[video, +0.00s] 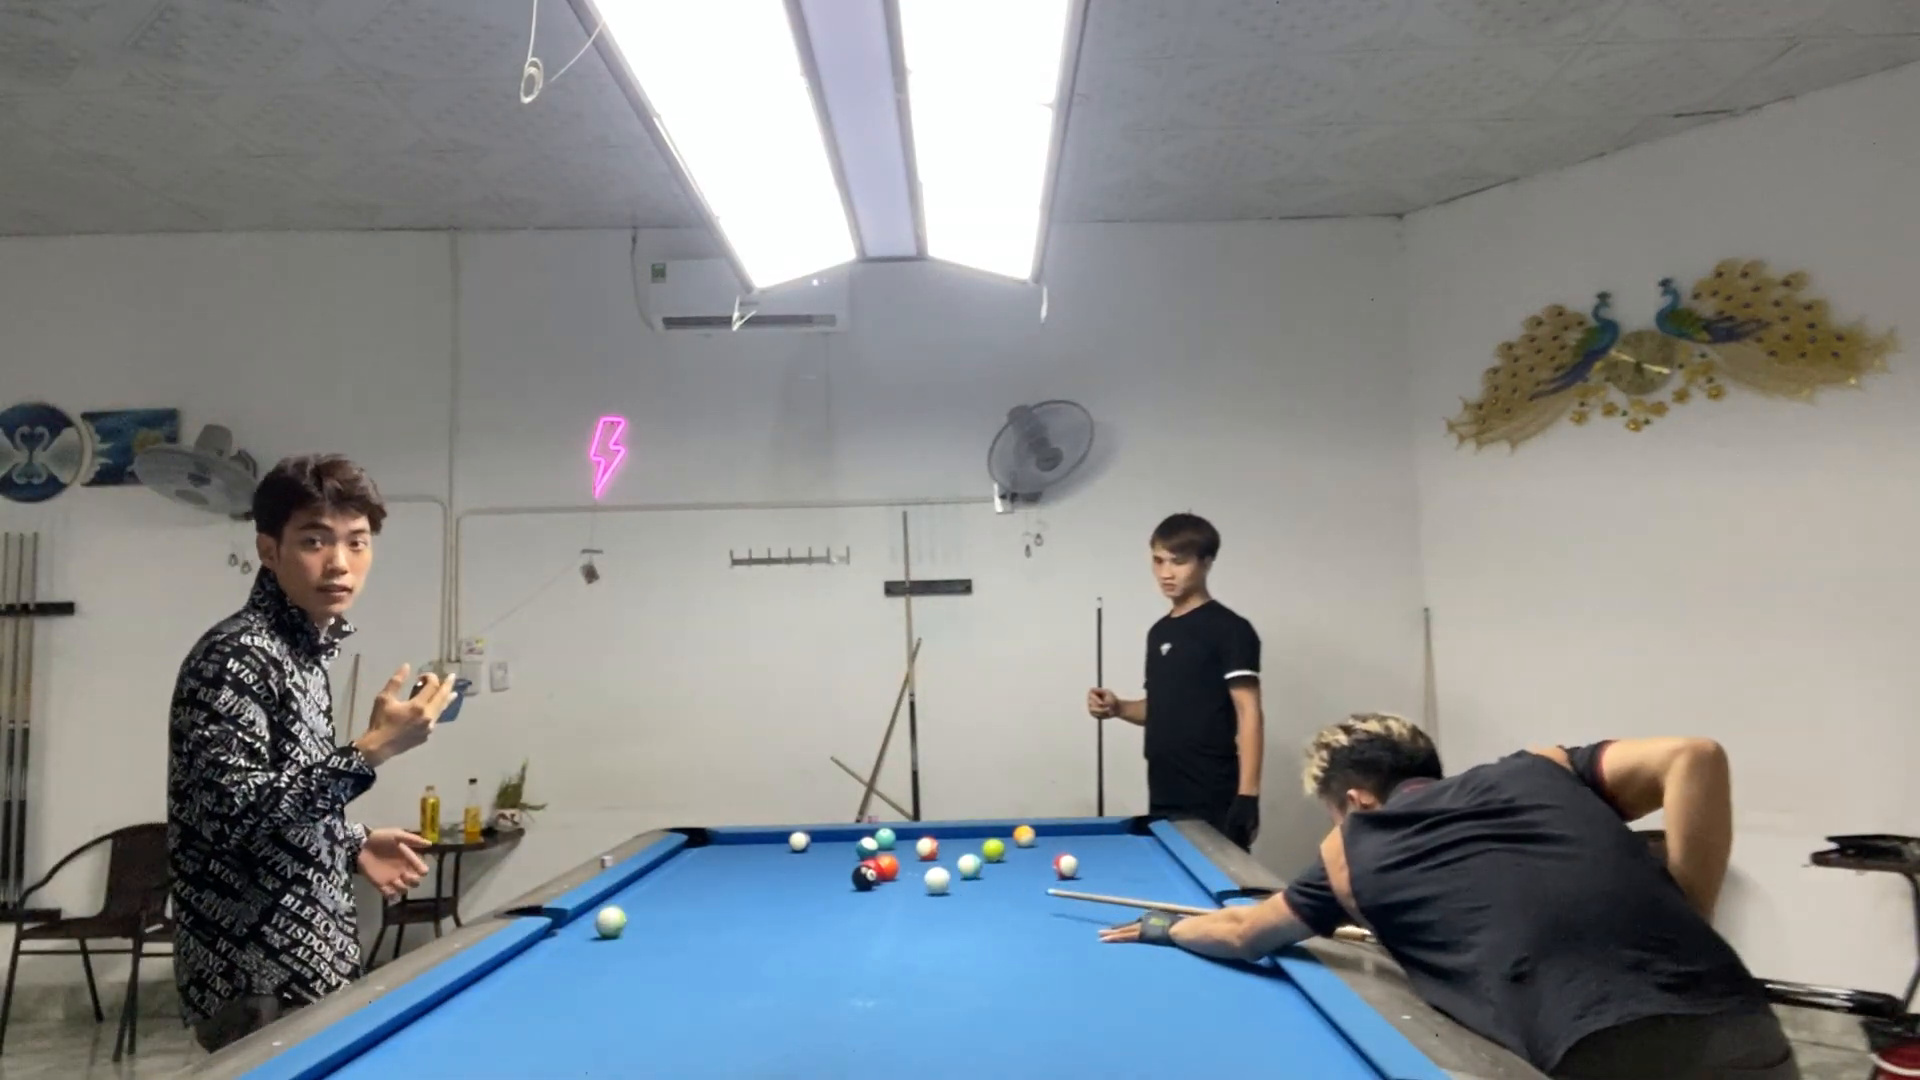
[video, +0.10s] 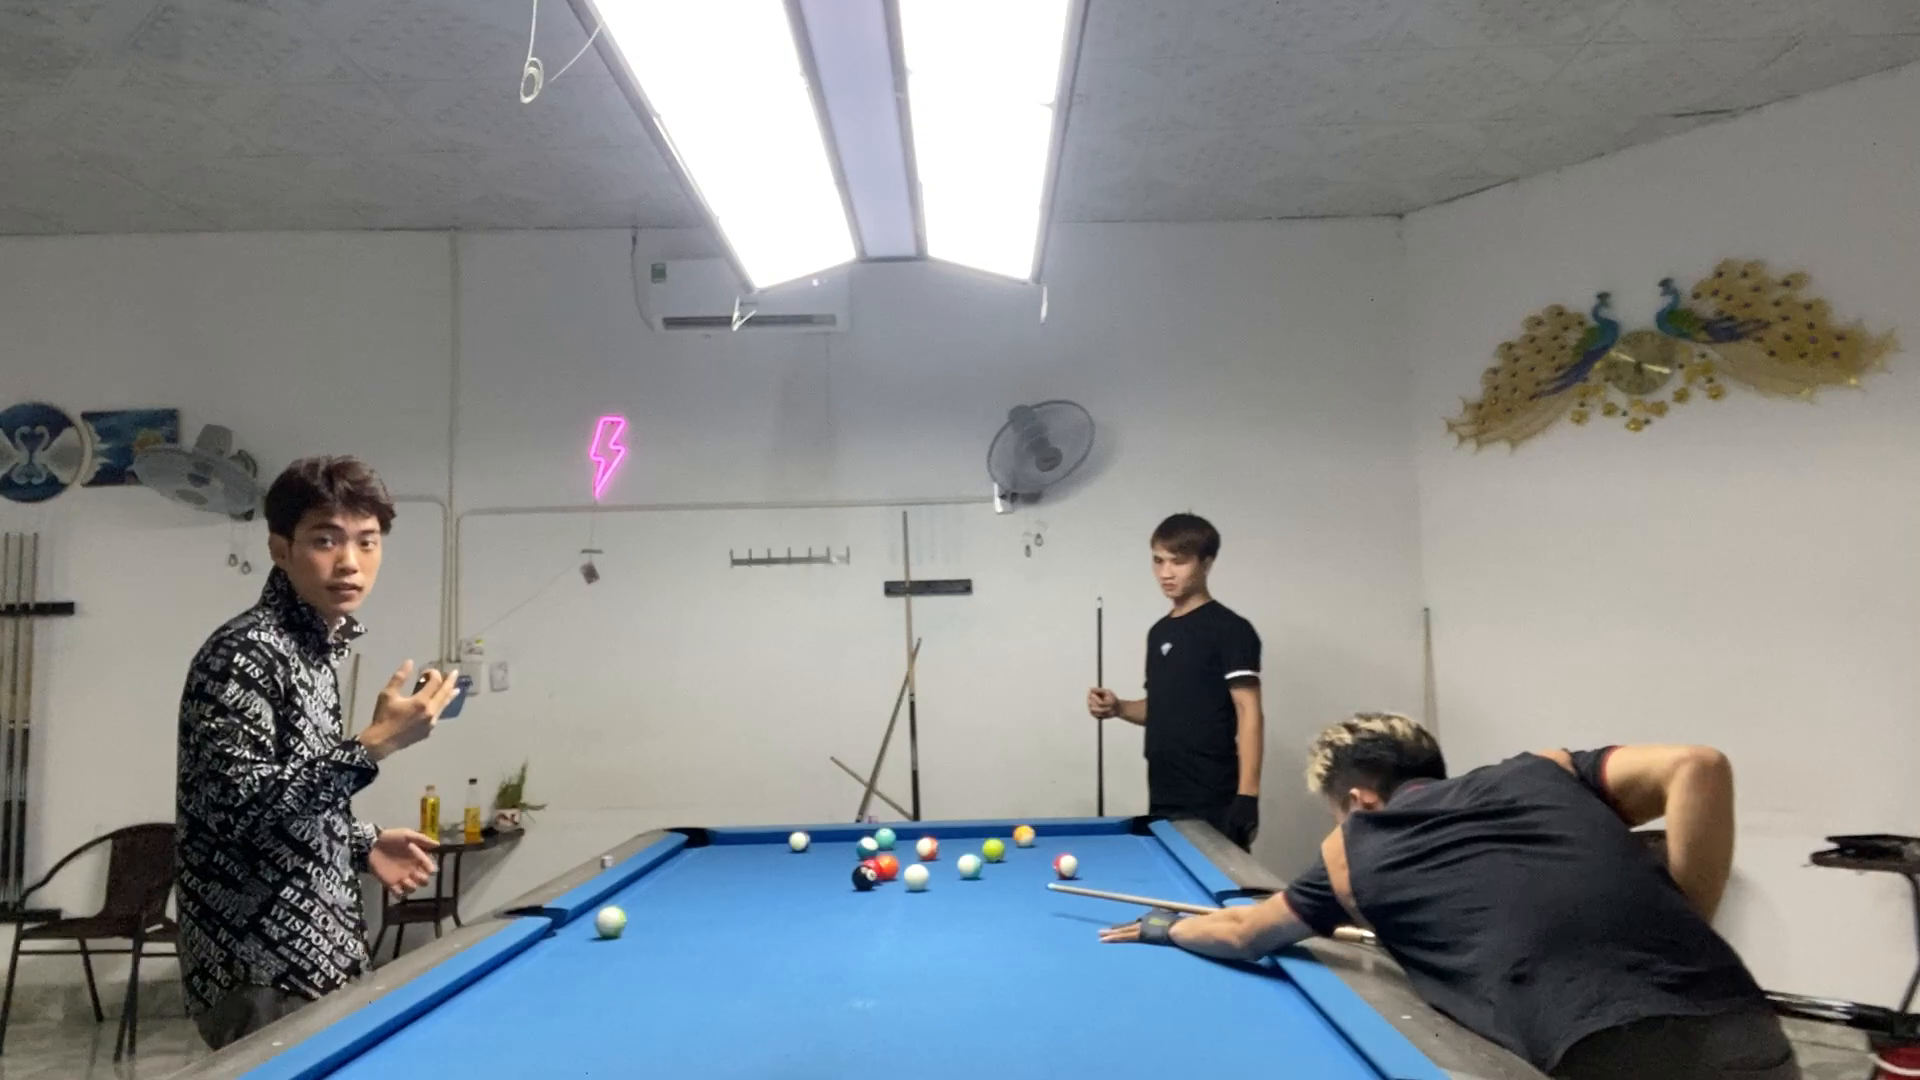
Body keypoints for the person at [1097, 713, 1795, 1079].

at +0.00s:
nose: (1336, 824)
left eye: (1332, 812)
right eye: (1332, 814)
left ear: (1356, 800)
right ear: (1428, 767)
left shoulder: (1354, 846)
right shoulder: (1539, 765)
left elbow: (1241, 934)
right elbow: (1695, 762)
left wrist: (1168, 921)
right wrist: (1687, 924)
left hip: (1608, 1052)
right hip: (1744, 1030)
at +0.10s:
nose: (1338, 822)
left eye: (1335, 810)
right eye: (1335, 811)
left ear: (1360, 799)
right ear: (1431, 766)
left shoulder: (1355, 846)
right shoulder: (1543, 766)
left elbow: (1241, 935)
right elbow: (1698, 769)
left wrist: (1171, 920)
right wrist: (1685, 925)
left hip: (1610, 1053)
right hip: (1747, 1034)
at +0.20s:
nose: (1340, 822)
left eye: (1337, 810)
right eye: (1337, 811)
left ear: (1361, 799)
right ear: (1434, 766)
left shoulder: (1357, 846)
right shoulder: (1545, 769)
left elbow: (1240, 935)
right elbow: (1701, 778)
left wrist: (1170, 921)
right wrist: (1685, 933)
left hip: (1611, 1055)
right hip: (1747, 1033)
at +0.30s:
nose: (1341, 819)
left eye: (1339, 807)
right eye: (1339, 807)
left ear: (1364, 796)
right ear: (1438, 764)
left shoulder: (1358, 844)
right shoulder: (1547, 770)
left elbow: (1239, 934)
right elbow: (1707, 787)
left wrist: (1169, 923)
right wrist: (1687, 941)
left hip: (1615, 1054)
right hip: (1750, 1032)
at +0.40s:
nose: (1345, 802)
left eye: (1344, 786)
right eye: (1344, 788)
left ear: (1371, 776)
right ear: (1449, 751)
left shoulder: (1359, 833)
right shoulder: (1558, 764)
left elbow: (1243, 925)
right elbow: (1721, 814)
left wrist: (1169, 930)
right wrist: (1697, 959)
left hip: (1604, 1051)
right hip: (1742, 1028)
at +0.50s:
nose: (1358, 745)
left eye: (1359, 724)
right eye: (1359, 724)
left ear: (1389, 725)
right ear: (1471, 710)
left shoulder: (1362, 800)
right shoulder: (1588, 740)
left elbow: (1258, 904)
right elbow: (1736, 840)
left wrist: (1182, 932)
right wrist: (1708, 981)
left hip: (1594, 1050)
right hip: (1742, 1035)